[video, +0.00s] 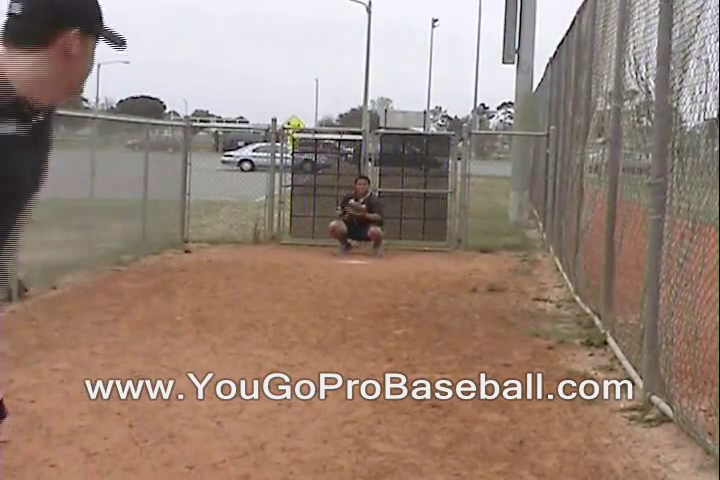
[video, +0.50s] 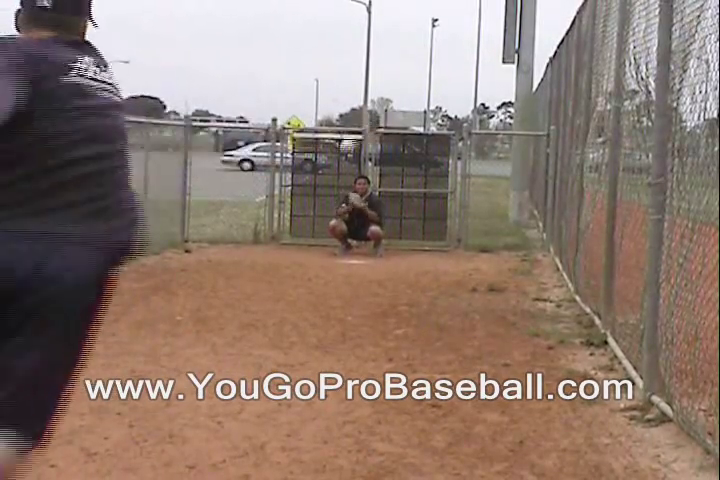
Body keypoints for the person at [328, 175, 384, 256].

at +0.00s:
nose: (361, 187)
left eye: (364, 184)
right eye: (359, 184)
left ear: (368, 187)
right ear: (355, 186)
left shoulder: (373, 200)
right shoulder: (348, 198)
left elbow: (379, 217)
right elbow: (339, 213)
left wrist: (363, 215)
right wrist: (346, 215)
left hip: (366, 227)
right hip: (351, 226)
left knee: (376, 231)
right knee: (334, 226)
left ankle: (377, 245)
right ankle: (346, 245)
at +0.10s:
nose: (361, 187)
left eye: (364, 184)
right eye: (359, 184)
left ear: (368, 186)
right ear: (355, 186)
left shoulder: (373, 199)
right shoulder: (349, 197)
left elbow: (380, 219)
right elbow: (338, 214)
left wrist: (364, 213)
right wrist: (347, 207)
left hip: (366, 227)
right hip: (351, 226)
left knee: (375, 231)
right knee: (334, 226)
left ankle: (377, 246)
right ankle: (346, 245)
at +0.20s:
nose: (362, 187)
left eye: (364, 184)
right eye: (359, 184)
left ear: (368, 186)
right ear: (355, 186)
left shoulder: (373, 200)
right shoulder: (349, 197)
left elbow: (379, 220)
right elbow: (338, 214)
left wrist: (363, 212)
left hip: (366, 227)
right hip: (351, 226)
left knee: (375, 231)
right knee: (334, 226)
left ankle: (377, 246)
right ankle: (346, 245)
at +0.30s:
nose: (362, 187)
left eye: (364, 184)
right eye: (359, 184)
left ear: (368, 186)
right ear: (355, 186)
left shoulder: (373, 200)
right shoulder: (349, 197)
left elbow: (378, 220)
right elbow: (337, 214)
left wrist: (361, 211)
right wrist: (347, 209)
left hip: (366, 227)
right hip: (350, 226)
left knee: (375, 231)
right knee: (334, 225)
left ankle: (377, 245)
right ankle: (346, 244)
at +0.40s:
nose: (362, 187)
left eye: (364, 184)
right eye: (359, 184)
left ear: (368, 186)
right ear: (355, 186)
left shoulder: (373, 200)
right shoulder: (349, 198)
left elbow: (379, 220)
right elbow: (337, 214)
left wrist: (362, 211)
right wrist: (347, 210)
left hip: (366, 226)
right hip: (350, 226)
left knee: (375, 231)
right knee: (333, 225)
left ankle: (377, 245)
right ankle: (346, 244)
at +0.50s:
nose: (361, 187)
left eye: (364, 184)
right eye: (359, 184)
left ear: (368, 186)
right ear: (354, 186)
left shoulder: (373, 199)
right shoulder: (349, 197)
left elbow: (378, 219)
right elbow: (338, 213)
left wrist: (363, 208)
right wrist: (348, 208)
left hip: (366, 227)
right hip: (351, 226)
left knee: (376, 231)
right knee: (334, 225)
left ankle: (377, 245)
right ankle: (346, 245)